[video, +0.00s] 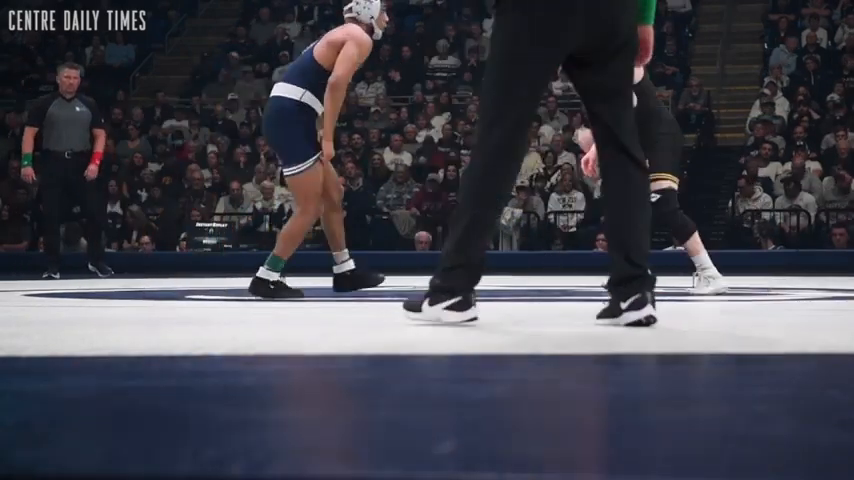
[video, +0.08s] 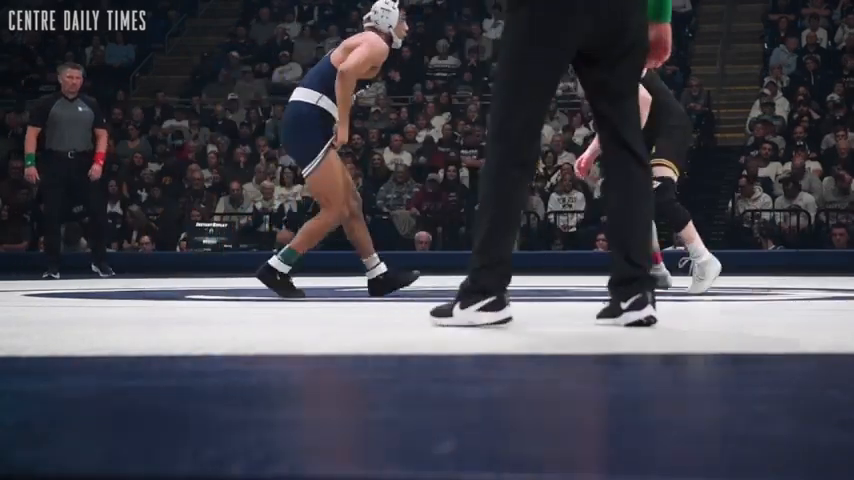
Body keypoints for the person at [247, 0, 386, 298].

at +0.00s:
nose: (387, 19)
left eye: (386, 13)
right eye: (383, 13)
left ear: (356, 15)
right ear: (370, 14)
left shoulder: (339, 35)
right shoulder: (359, 37)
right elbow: (336, 83)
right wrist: (328, 138)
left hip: (290, 118)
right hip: (290, 119)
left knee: (332, 195)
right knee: (309, 207)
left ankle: (345, 271)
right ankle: (267, 276)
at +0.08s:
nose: (407, 27)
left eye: (405, 21)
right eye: (403, 21)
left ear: (376, 21)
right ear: (391, 22)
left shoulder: (361, 41)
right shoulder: (376, 44)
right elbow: (346, 72)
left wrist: (337, 125)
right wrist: (344, 124)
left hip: (306, 122)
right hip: (306, 122)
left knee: (351, 203)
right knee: (335, 209)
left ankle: (378, 274)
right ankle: (278, 267)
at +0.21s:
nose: (432, 54)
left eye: (431, 47)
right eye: (429, 47)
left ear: (403, 45)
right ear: (417, 48)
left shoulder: (384, 60)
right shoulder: (398, 65)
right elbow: (365, 91)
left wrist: (365, 143)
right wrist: (378, 135)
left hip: (318, 133)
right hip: (321, 133)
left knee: (374, 202)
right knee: (375, 202)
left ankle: (385, 276)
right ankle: (316, 256)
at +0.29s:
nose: (449, 75)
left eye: (450, 68)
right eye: (446, 67)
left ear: (422, 64)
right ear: (430, 65)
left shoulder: (398, 79)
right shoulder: (408, 79)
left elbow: (381, 152)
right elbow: (391, 127)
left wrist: (401, 177)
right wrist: (411, 170)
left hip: (324, 133)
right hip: (325, 132)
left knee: (381, 198)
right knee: (388, 191)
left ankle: (385, 275)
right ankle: (350, 263)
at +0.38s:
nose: (460, 94)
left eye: (461, 87)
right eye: (458, 86)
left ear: (434, 81)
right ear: (443, 83)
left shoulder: (407, 104)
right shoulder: (419, 96)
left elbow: (409, 172)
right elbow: (424, 158)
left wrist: (432, 207)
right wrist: (446, 205)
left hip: (326, 136)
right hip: (326, 134)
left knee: (385, 195)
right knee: (384, 194)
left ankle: (386, 272)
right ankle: (385, 273)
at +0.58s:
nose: (471, 125)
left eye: (474, 120)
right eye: (472, 119)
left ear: (449, 106)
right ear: (462, 113)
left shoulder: (412, 136)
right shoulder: (437, 118)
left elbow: (423, 185)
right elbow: (460, 177)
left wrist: (445, 232)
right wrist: (483, 219)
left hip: (324, 137)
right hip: (335, 138)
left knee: (376, 201)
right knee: (398, 199)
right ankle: (389, 278)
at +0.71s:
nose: (468, 119)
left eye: (470, 115)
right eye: (470, 114)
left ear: (446, 97)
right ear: (466, 108)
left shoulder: (418, 113)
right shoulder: (444, 118)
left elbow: (399, 172)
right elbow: (468, 170)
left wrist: (410, 227)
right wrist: (496, 204)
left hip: (330, 150)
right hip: (343, 150)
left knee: (372, 216)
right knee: (414, 204)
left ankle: (305, 237)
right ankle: (391, 278)